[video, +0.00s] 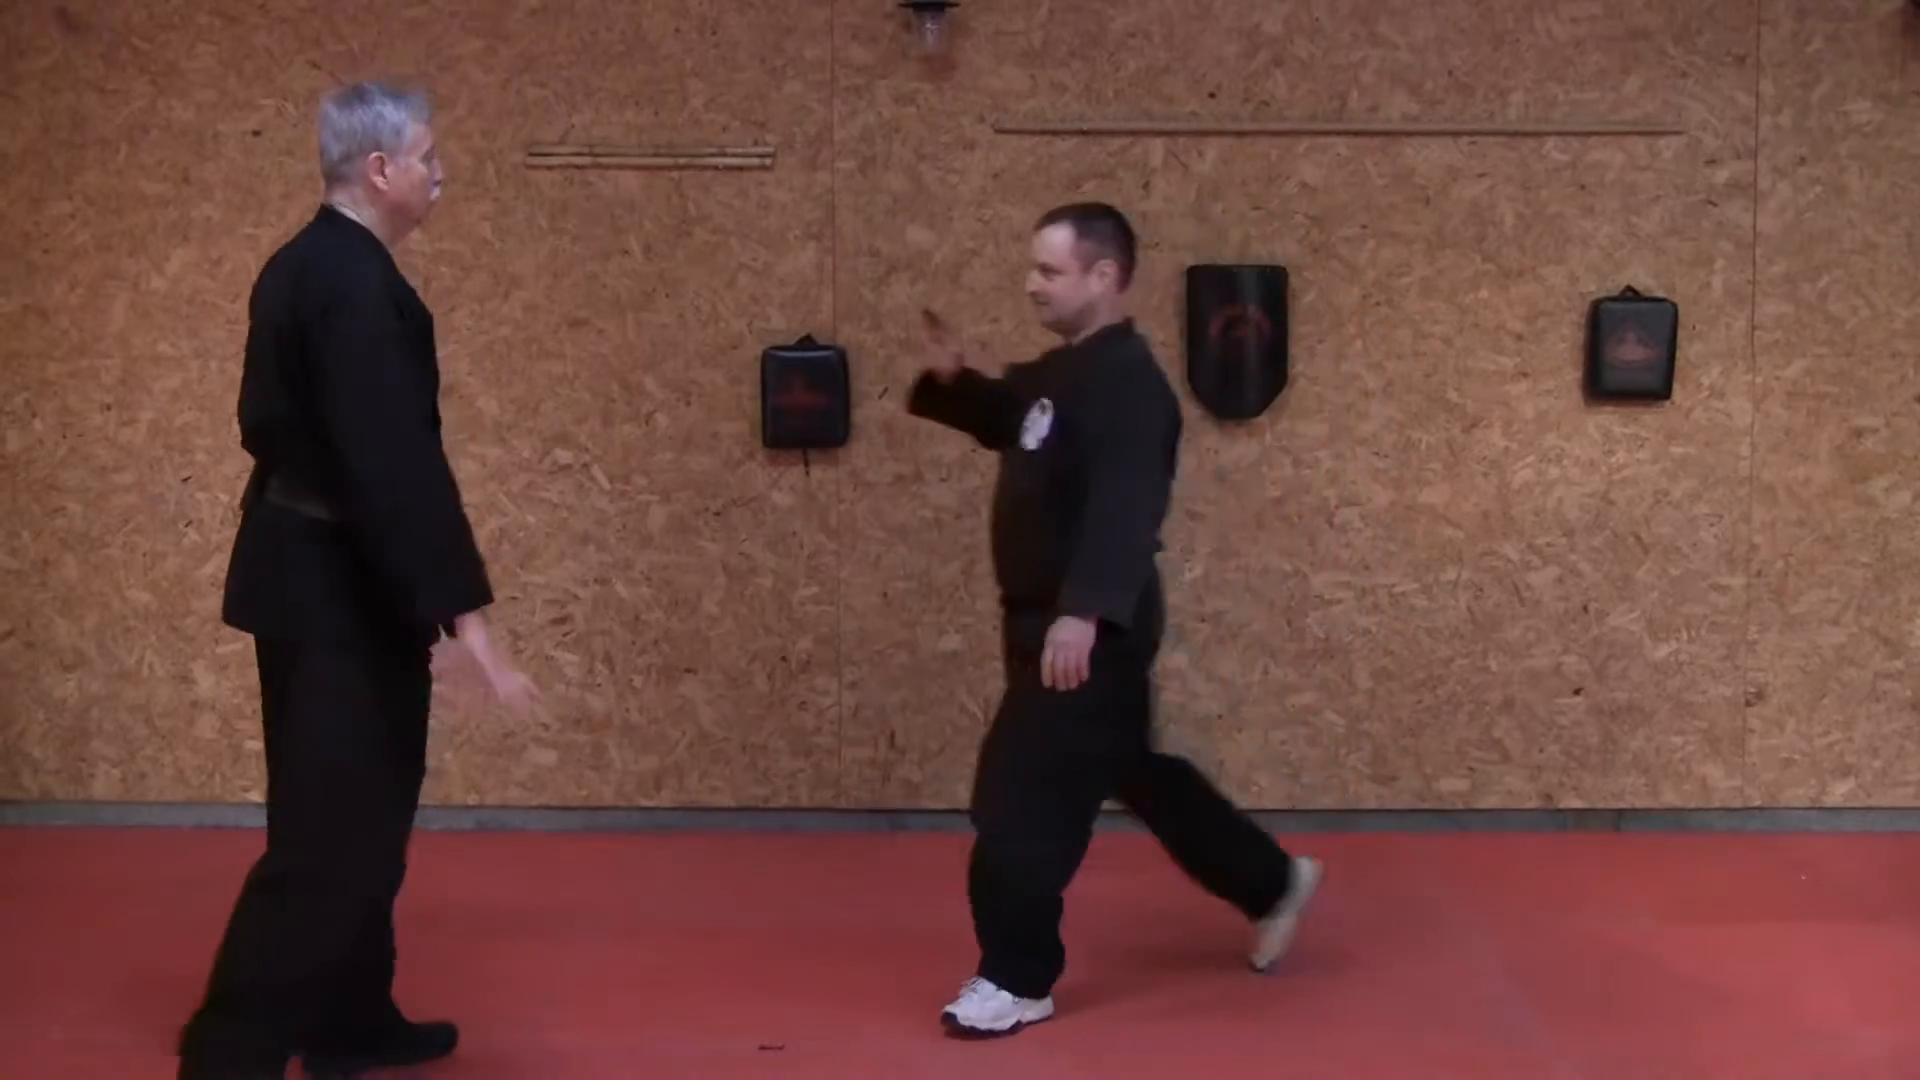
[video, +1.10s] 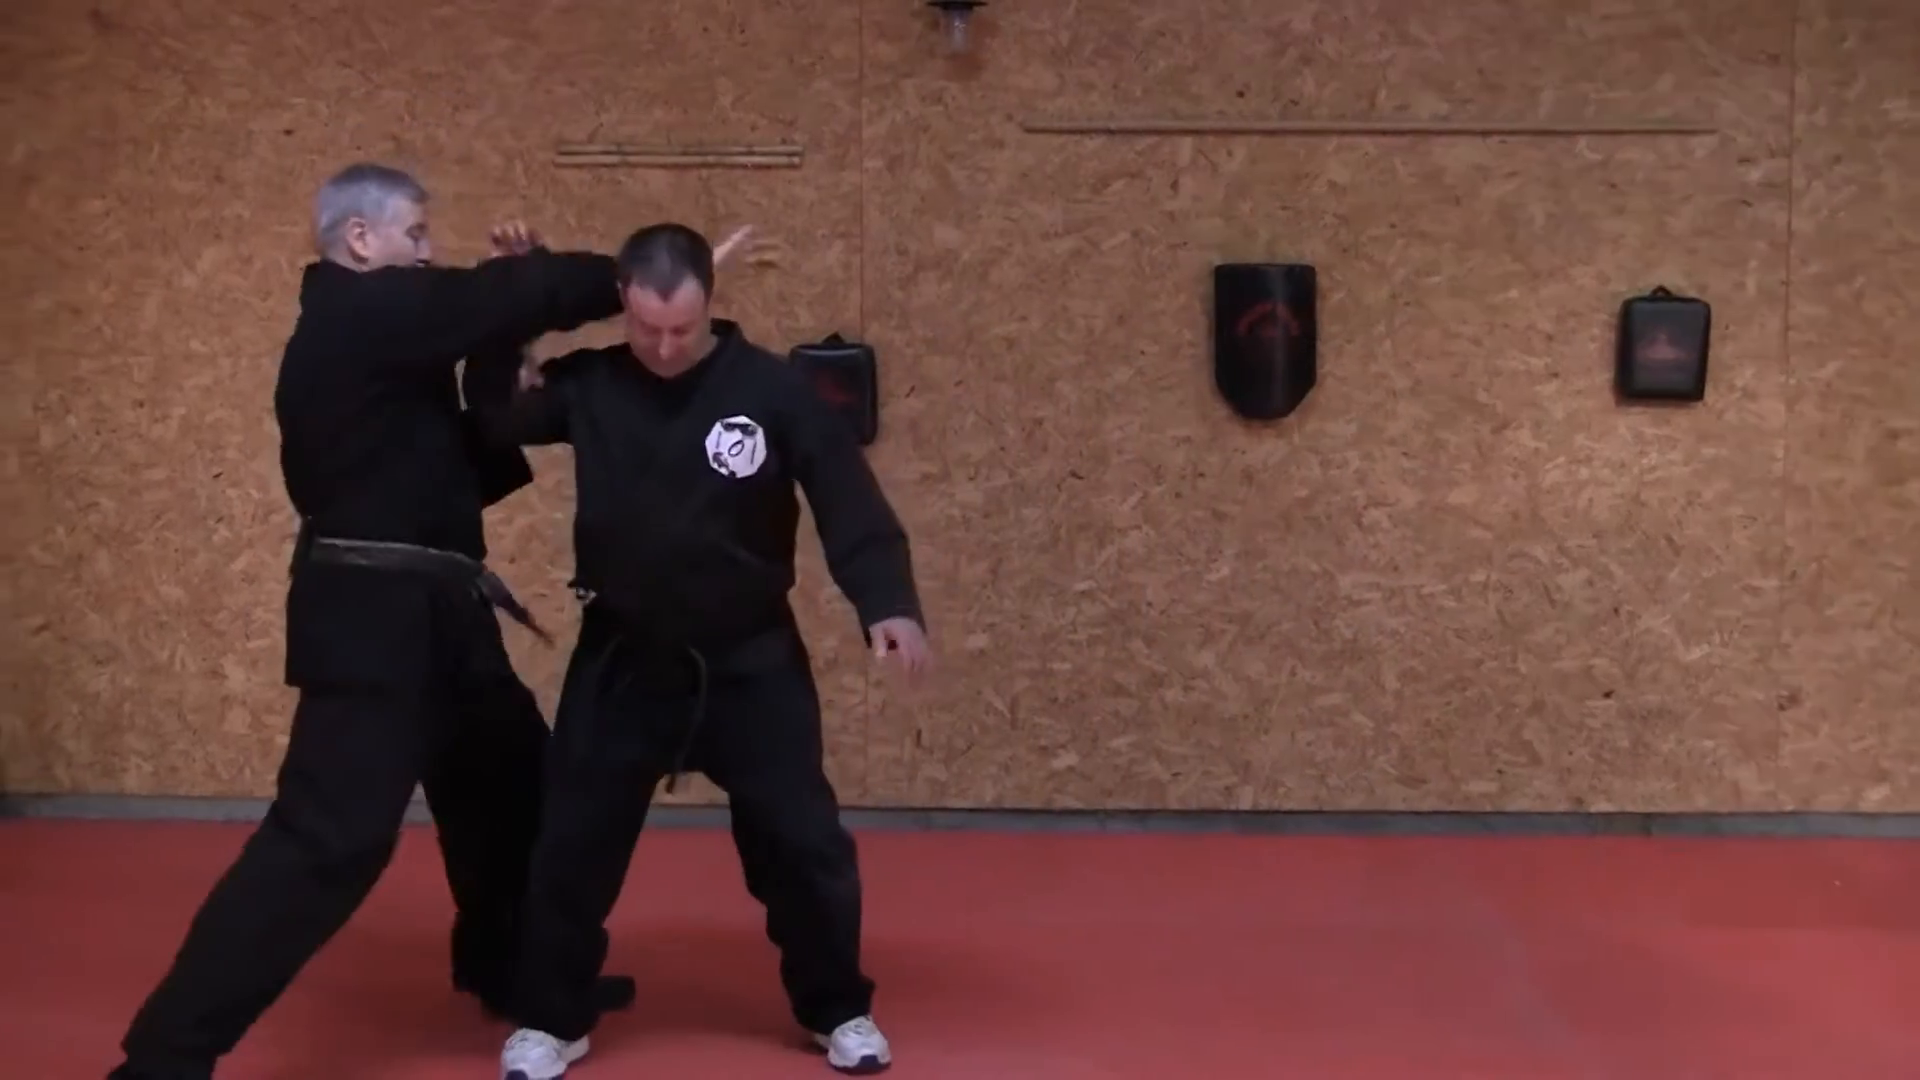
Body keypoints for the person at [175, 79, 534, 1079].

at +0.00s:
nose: (440, 178)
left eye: (437, 157)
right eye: (430, 159)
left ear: (360, 171)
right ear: (380, 169)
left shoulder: (299, 267)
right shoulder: (359, 283)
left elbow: (270, 431)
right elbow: (398, 463)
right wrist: (463, 608)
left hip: (311, 577)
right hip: (345, 591)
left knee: (359, 814)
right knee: (337, 827)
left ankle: (351, 1021)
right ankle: (232, 1048)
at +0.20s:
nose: (414, 204)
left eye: (410, 186)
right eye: (399, 188)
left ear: (334, 202)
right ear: (345, 200)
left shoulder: (287, 293)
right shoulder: (329, 310)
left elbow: (237, 424)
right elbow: (440, 439)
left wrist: (235, 522)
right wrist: (594, 542)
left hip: (366, 597)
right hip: (322, 609)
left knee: (489, 740)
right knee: (315, 860)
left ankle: (424, 962)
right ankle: (224, 1064)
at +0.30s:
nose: (406, 212)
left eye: (402, 194)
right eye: (390, 196)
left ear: (330, 209)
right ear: (336, 209)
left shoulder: (308, 299)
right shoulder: (317, 315)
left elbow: (247, 424)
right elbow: (456, 406)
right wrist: (634, 451)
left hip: (395, 599)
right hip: (318, 611)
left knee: (497, 769)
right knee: (333, 844)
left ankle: (502, 960)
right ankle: (227, 1064)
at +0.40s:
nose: (400, 226)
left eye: (398, 207)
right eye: (384, 210)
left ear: (330, 220)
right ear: (326, 220)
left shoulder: (347, 316)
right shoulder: (314, 330)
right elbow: (452, 392)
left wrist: (512, 355)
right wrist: (635, 349)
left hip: (419, 603)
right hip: (335, 618)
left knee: (498, 787)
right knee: (335, 856)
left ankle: (511, 970)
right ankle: (231, 1066)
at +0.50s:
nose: (424, 236)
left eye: (422, 218)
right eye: (406, 219)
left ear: (372, 229)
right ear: (351, 228)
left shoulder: (431, 337)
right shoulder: (286, 346)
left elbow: (528, 462)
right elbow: (382, 420)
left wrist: (540, 352)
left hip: (441, 606)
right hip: (331, 617)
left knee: (527, 793)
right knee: (340, 838)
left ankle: (506, 974)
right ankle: (232, 1064)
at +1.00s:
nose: (442, 253)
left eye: (443, 236)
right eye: (429, 234)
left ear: (375, 240)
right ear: (369, 235)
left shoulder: (394, 339)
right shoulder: (334, 330)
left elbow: (470, 466)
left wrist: (500, 430)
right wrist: (513, 329)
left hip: (427, 617)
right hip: (360, 618)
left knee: (512, 784)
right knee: (331, 862)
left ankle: (521, 978)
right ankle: (170, 1060)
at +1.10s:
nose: (429, 249)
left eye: (427, 235)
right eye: (414, 234)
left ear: (360, 241)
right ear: (358, 238)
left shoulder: (375, 336)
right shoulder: (356, 309)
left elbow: (453, 478)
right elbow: (509, 298)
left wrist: (519, 406)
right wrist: (650, 277)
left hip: (437, 609)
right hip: (373, 610)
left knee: (509, 777)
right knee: (327, 840)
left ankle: (515, 970)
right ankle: (165, 1056)